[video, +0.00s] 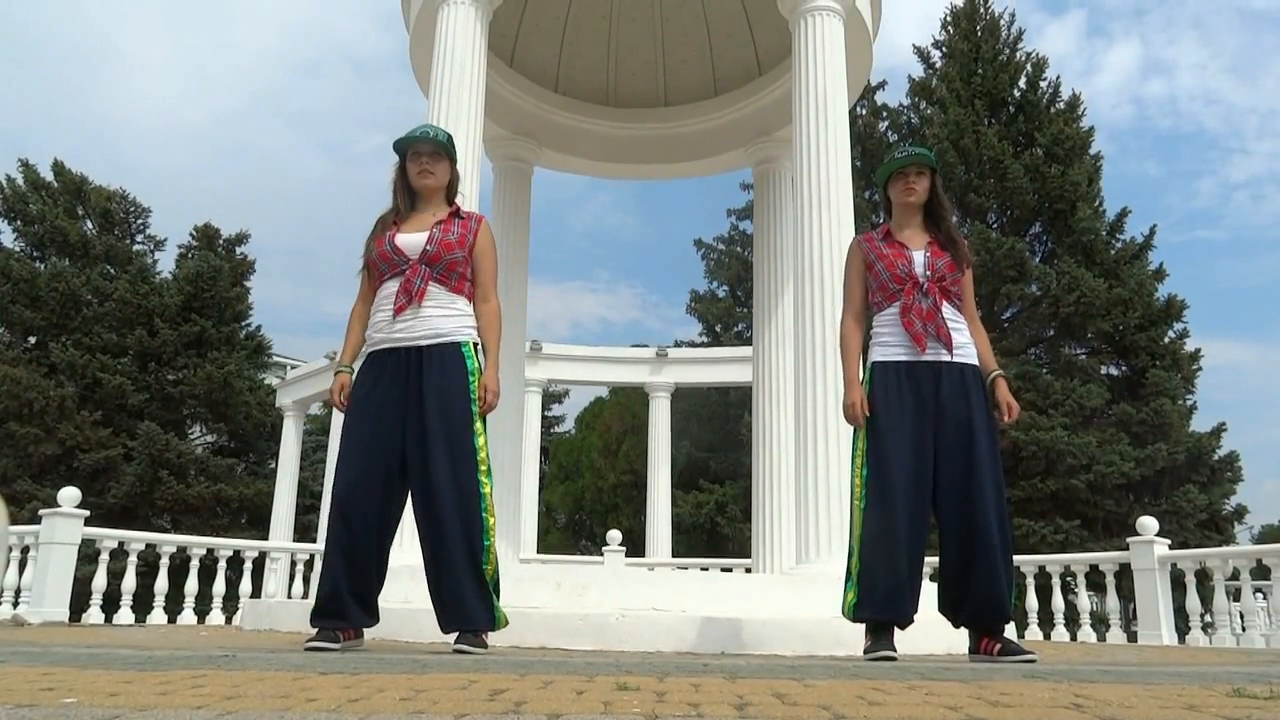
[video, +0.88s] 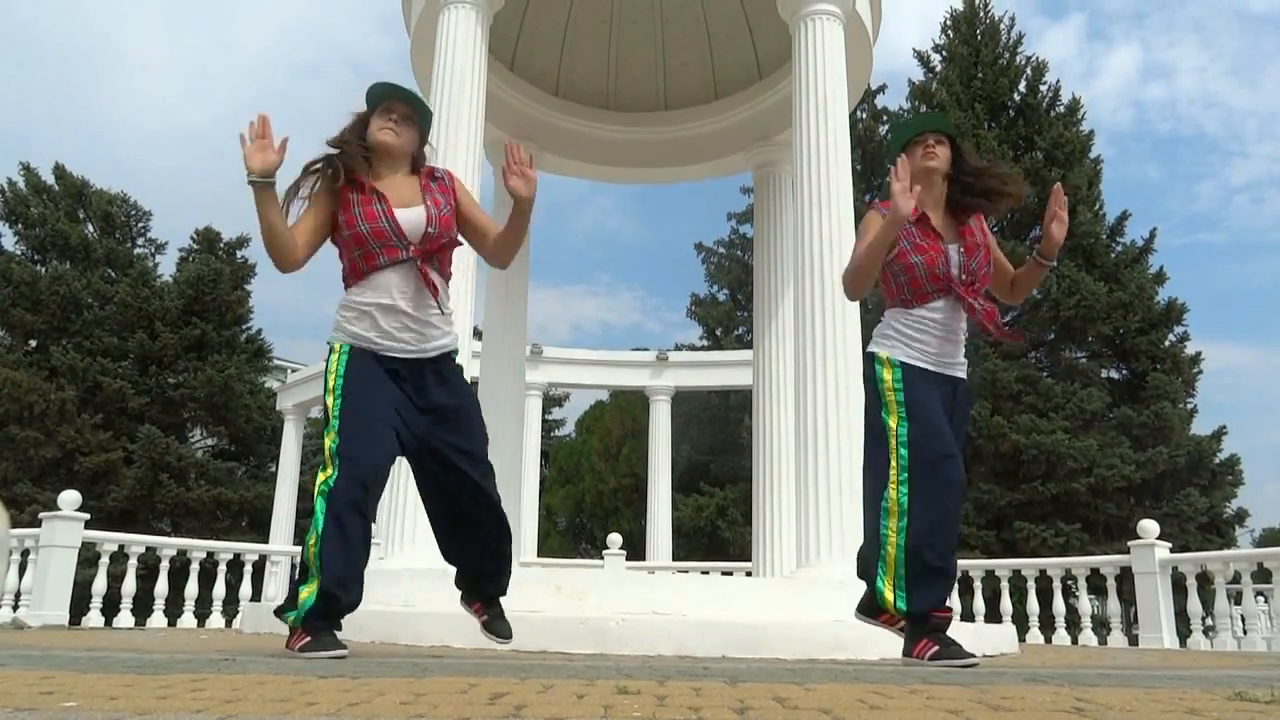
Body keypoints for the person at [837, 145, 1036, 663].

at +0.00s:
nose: (912, 180)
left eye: (920, 174)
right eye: (903, 174)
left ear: (933, 186)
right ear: (887, 186)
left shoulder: (954, 247)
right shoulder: (867, 246)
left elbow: (971, 318)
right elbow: (854, 317)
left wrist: (996, 377)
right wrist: (853, 382)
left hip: (960, 381)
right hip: (895, 381)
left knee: (976, 499)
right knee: (894, 501)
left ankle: (985, 633)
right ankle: (880, 628)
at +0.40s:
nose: (922, 183)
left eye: (930, 176)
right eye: (912, 178)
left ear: (944, 188)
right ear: (898, 192)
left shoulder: (963, 247)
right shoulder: (878, 242)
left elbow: (975, 326)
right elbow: (838, 311)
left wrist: (996, 319)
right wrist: (879, 334)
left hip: (963, 386)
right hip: (902, 386)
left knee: (972, 506)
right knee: (917, 496)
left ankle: (936, 632)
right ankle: (890, 626)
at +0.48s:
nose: (927, 195)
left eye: (936, 189)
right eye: (917, 191)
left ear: (950, 204)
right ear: (904, 208)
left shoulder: (968, 263)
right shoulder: (885, 257)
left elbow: (985, 349)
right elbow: (856, 335)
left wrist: (995, 324)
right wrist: (929, 326)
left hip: (962, 397)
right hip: (899, 395)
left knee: (977, 507)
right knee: (943, 491)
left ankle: (939, 635)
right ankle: (904, 611)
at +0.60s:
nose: (927, 177)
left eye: (936, 172)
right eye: (917, 173)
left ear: (949, 190)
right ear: (902, 193)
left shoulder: (965, 243)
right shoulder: (887, 240)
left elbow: (993, 320)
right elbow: (899, 311)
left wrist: (999, 275)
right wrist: (971, 268)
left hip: (955, 383)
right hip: (900, 381)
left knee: (969, 489)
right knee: (938, 482)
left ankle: (938, 627)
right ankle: (926, 622)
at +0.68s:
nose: (921, 148)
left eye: (930, 143)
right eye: (911, 144)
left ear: (948, 162)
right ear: (895, 163)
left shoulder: (969, 213)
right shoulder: (883, 211)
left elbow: (1014, 276)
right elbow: (876, 278)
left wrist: (1021, 237)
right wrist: (926, 222)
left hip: (958, 363)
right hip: (905, 359)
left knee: (963, 481)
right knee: (927, 475)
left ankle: (935, 610)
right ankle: (931, 613)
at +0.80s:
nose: (924, 143)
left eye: (933, 138)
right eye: (913, 139)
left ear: (948, 156)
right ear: (897, 159)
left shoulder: (972, 213)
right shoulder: (885, 215)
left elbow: (1013, 262)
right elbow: (830, 271)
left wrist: (1057, 227)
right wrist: (840, 203)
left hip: (957, 370)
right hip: (902, 366)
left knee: (933, 484)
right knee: (927, 483)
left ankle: (889, 592)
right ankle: (925, 629)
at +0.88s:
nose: (930, 147)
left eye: (939, 141)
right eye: (919, 142)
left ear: (955, 160)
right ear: (902, 162)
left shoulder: (972, 222)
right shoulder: (886, 213)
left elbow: (1011, 290)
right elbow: (855, 286)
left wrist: (1048, 251)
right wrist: (895, 217)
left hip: (950, 370)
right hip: (901, 363)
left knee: (936, 480)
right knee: (937, 475)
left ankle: (884, 596)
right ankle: (924, 630)